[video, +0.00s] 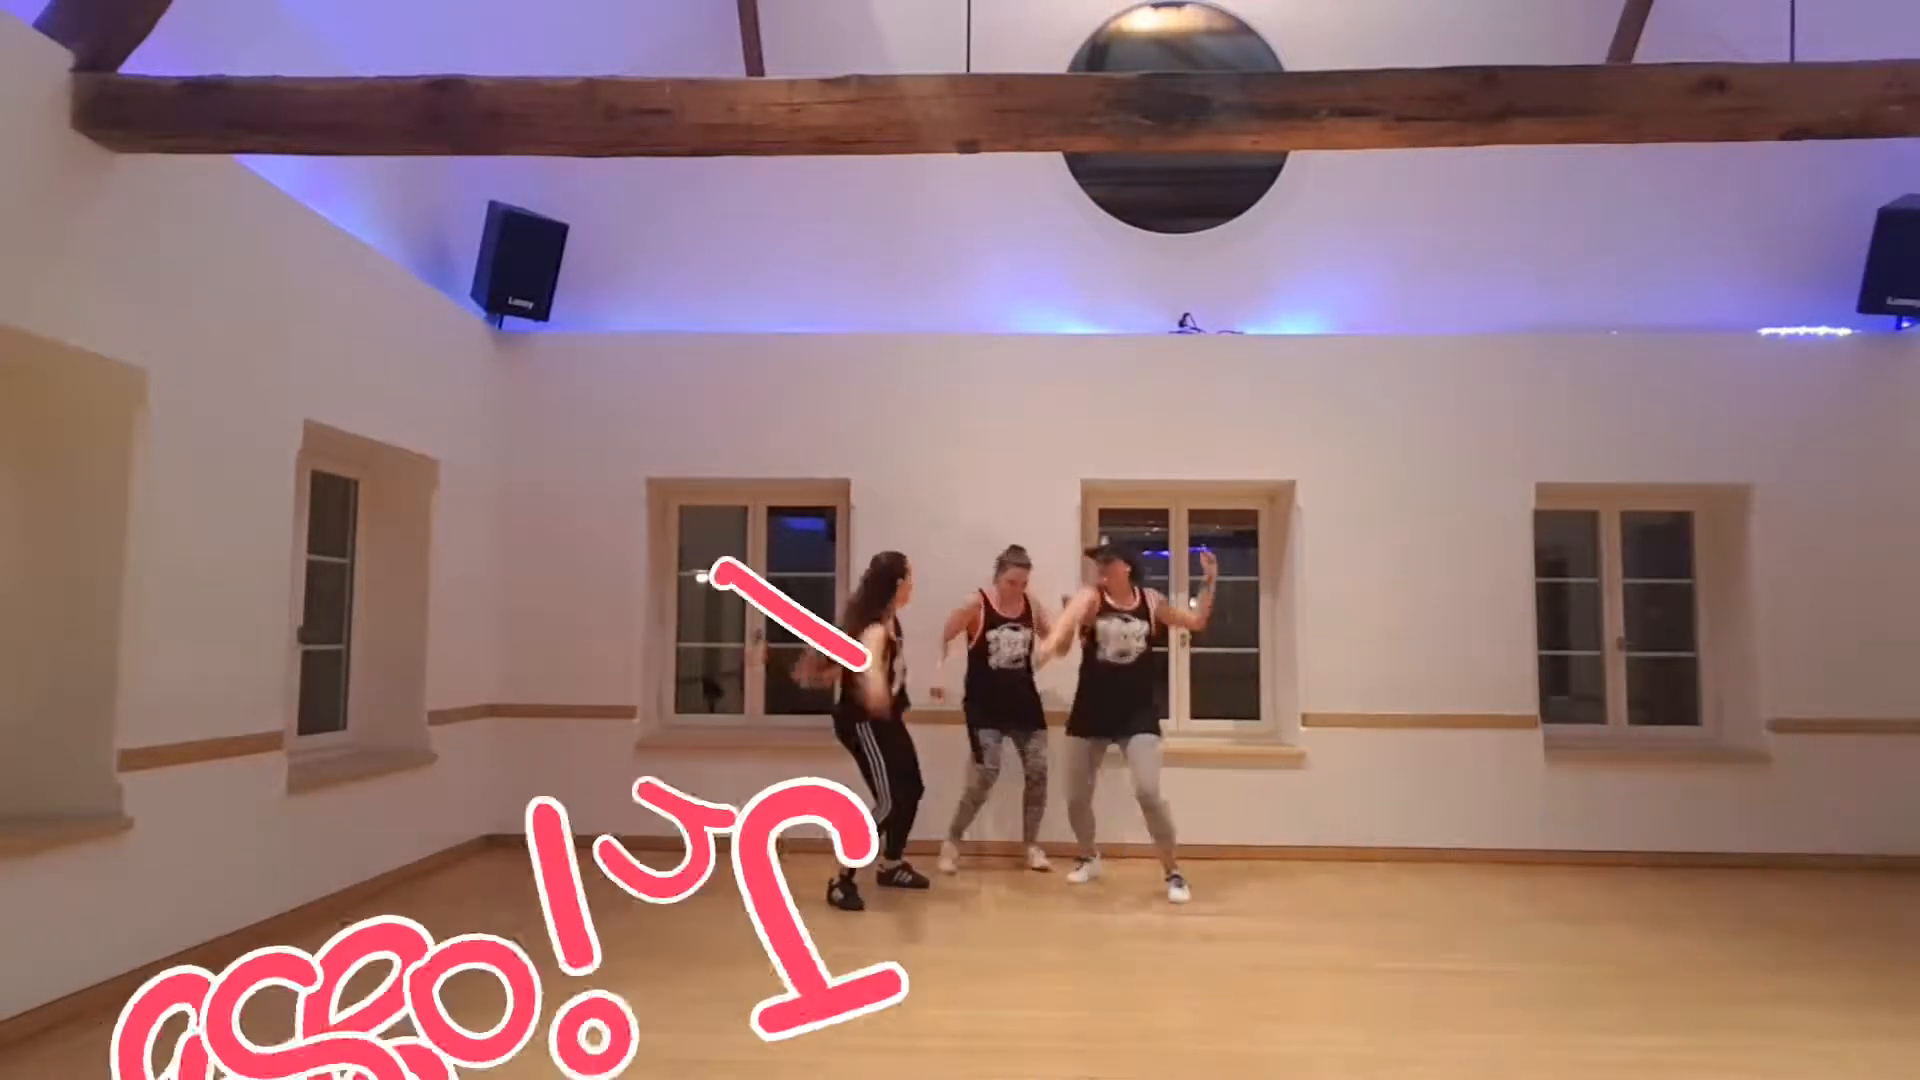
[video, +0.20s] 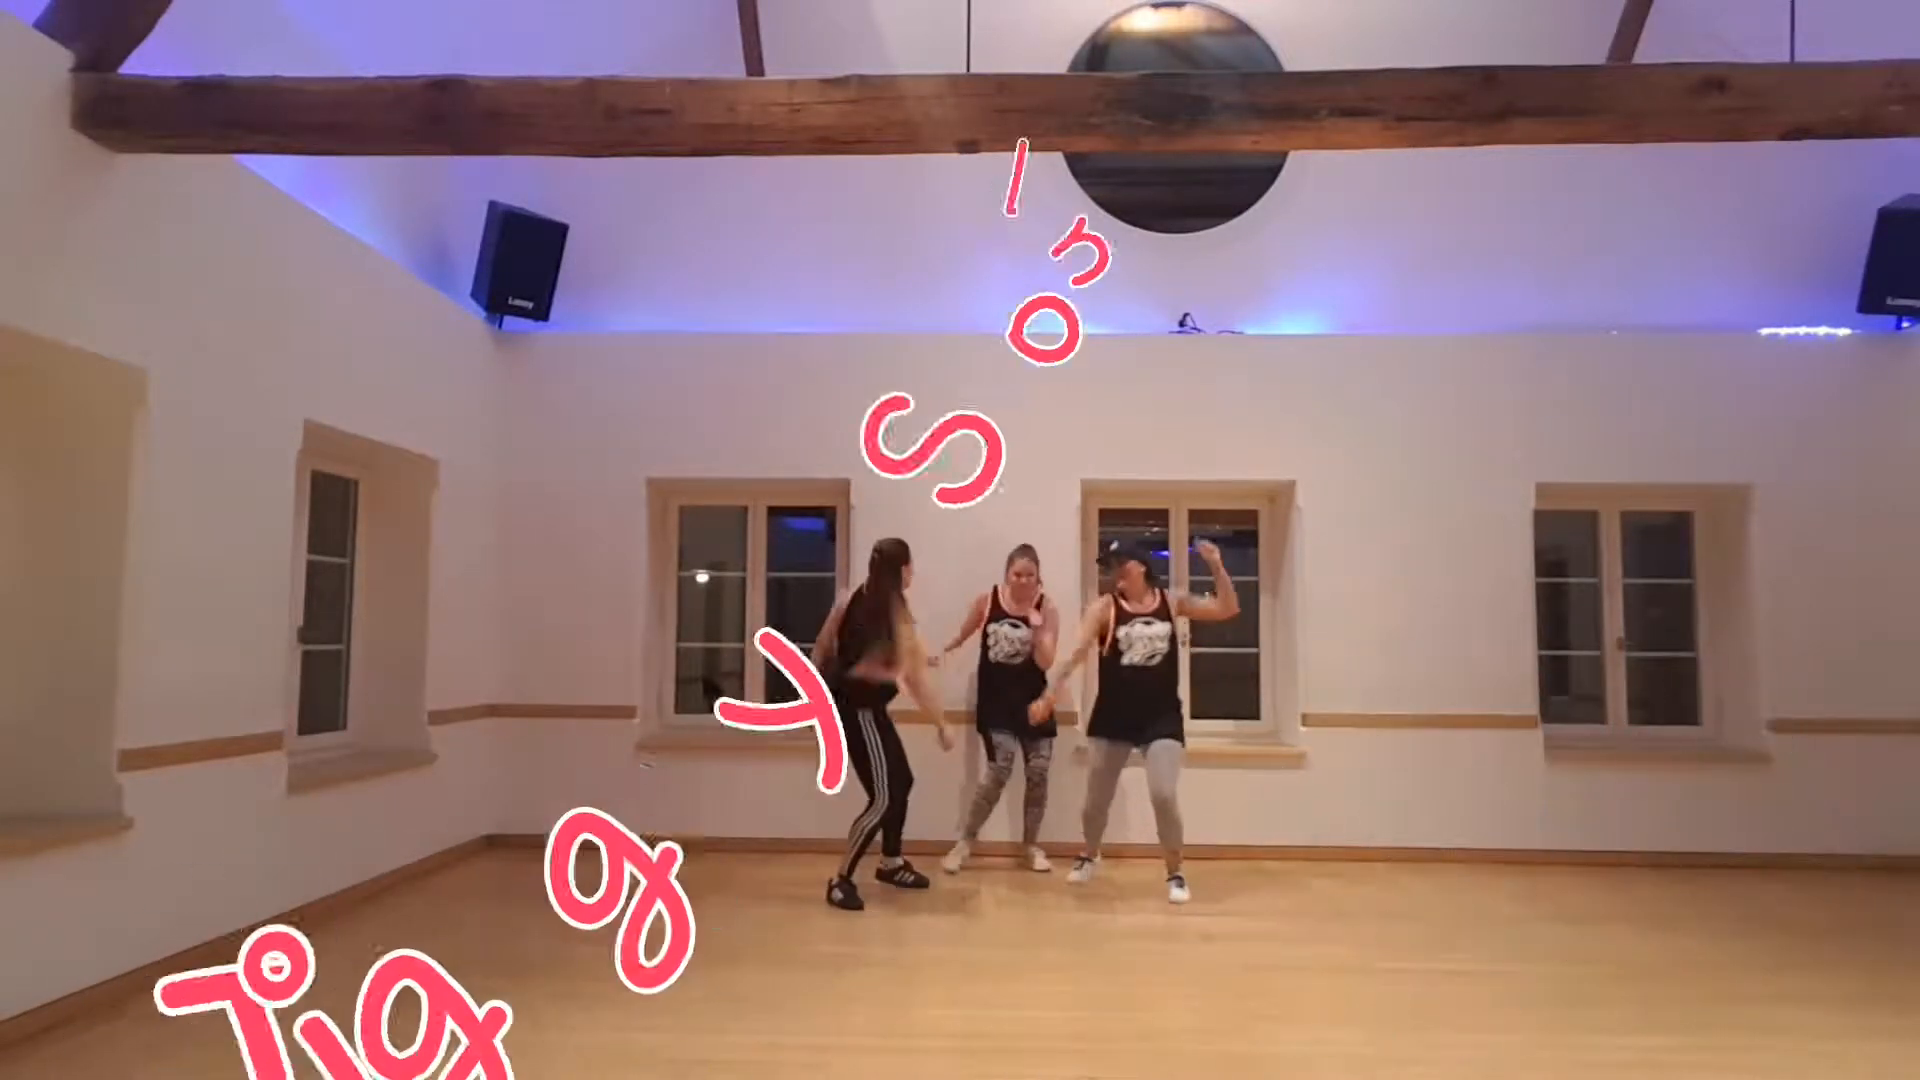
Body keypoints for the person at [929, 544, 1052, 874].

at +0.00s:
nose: (1018, 588)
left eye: (1023, 582)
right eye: (1013, 581)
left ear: (1029, 579)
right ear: (998, 576)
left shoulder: (1031, 605)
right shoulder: (976, 606)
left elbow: (1053, 640)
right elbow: (943, 638)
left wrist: (1068, 621)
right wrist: (938, 677)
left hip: (1023, 698)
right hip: (984, 700)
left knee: (1038, 770)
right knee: (986, 772)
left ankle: (1032, 844)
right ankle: (952, 841)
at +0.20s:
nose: (1022, 582)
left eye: (1029, 576)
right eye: (1017, 575)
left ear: (1038, 578)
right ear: (1006, 574)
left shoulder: (1046, 610)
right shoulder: (987, 602)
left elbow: (1045, 661)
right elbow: (965, 632)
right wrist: (947, 648)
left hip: (1033, 696)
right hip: (995, 697)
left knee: (1039, 769)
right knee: (1003, 764)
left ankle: (1031, 845)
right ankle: (965, 840)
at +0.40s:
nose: (1022, 567)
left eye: (1028, 561)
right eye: (1017, 561)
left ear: (1041, 565)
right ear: (1008, 563)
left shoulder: (1049, 595)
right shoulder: (997, 591)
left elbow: (1052, 642)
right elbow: (979, 625)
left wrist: (1031, 609)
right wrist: (948, 630)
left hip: (1030, 689)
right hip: (991, 686)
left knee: (1026, 766)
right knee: (988, 759)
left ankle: (1028, 844)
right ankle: (982, 841)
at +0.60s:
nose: (1021, 572)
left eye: (1028, 566)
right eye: (1017, 566)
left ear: (1040, 571)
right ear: (1009, 569)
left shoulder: (1049, 604)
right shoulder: (998, 599)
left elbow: (1043, 655)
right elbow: (980, 639)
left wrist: (1023, 618)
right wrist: (945, 645)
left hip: (1029, 699)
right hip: (992, 696)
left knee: (1024, 774)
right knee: (987, 770)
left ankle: (1028, 847)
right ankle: (987, 845)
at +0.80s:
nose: (1013, 569)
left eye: (1020, 564)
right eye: (1008, 563)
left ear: (1033, 569)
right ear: (1001, 568)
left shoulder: (1041, 599)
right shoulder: (996, 599)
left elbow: (1031, 637)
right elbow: (979, 642)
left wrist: (1002, 606)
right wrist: (938, 647)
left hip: (1025, 698)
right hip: (989, 695)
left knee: (1024, 774)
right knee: (967, 764)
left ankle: (1029, 848)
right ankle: (977, 843)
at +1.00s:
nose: (998, 557)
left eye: (1005, 552)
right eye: (994, 552)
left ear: (1018, 559)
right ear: (986, 558)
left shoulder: (1027, 585)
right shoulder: (981, 590)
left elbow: (1022, 601)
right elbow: (961, 632)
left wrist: (996, 609)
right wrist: (921, 634)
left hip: (1014, 692)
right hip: (974, 690)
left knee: (1027, 767)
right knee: (957, 767)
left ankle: (1033, 842)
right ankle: (947, 843)